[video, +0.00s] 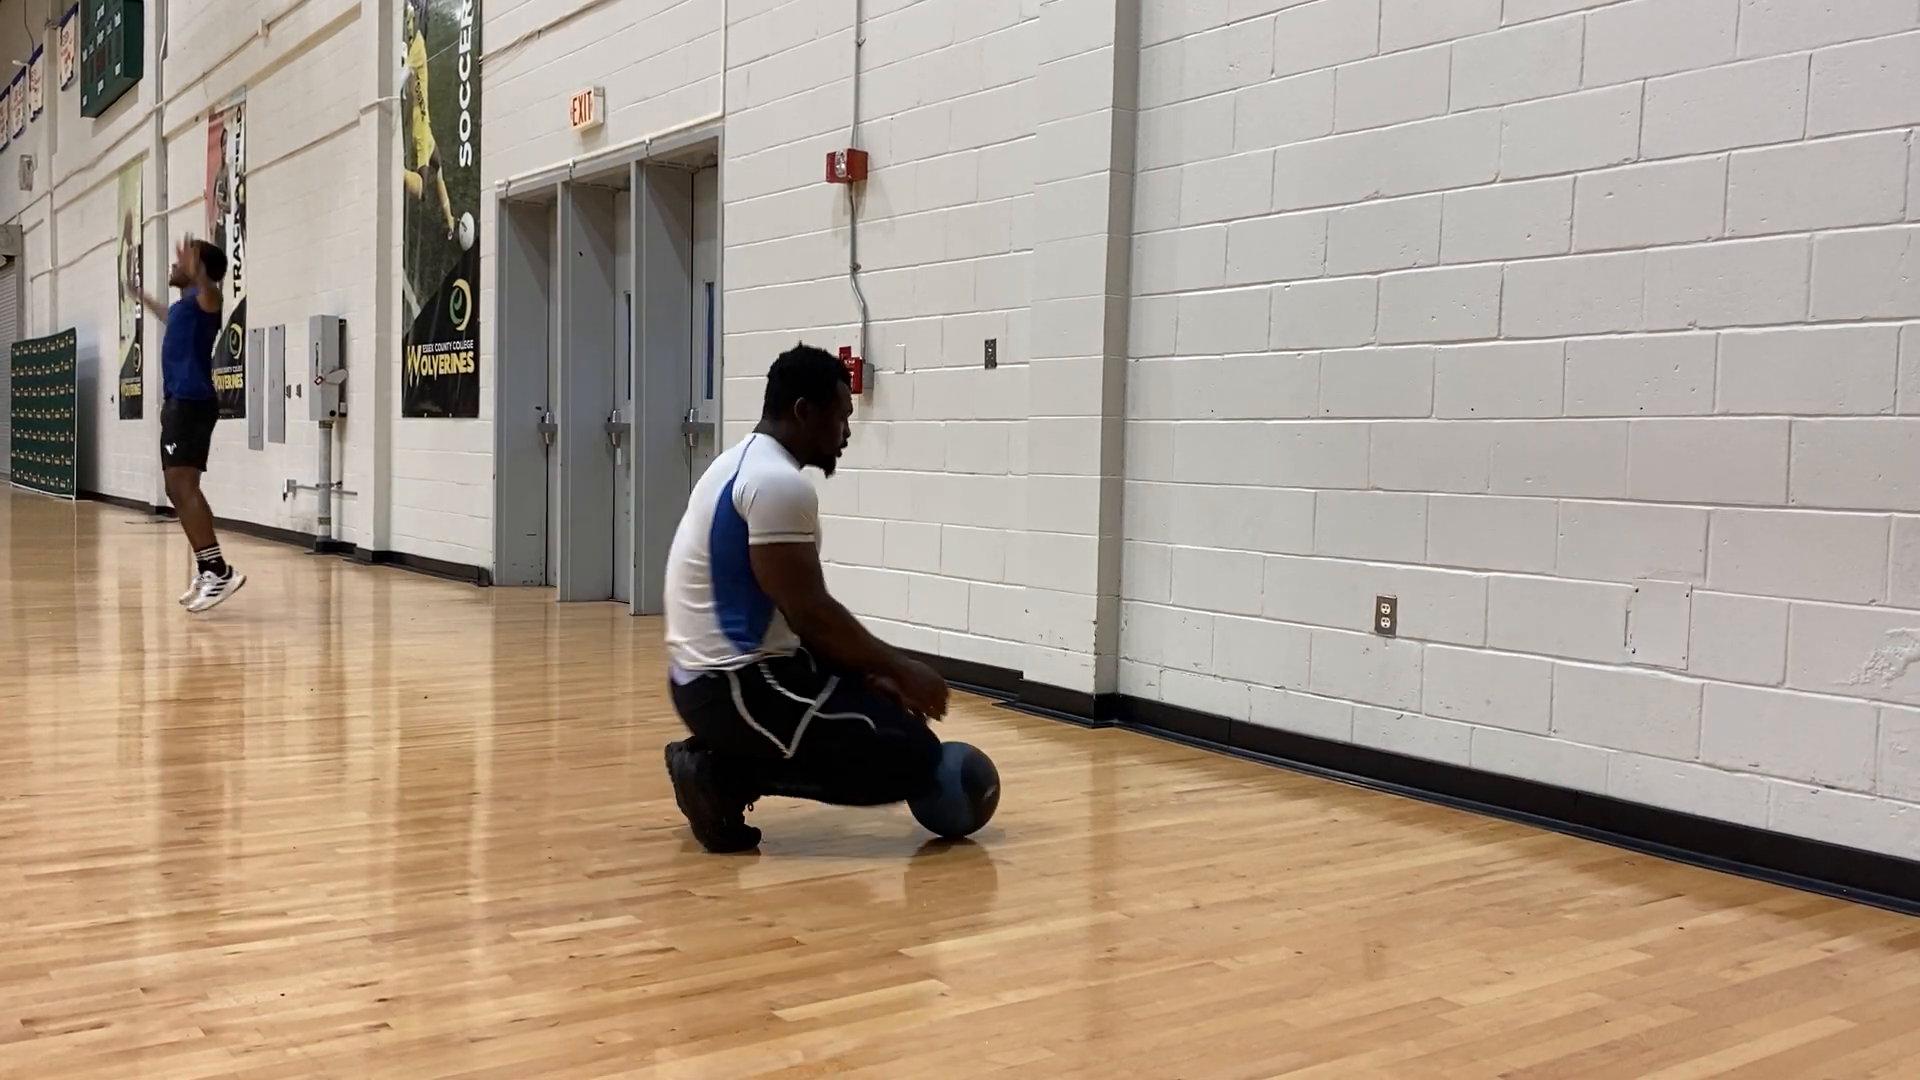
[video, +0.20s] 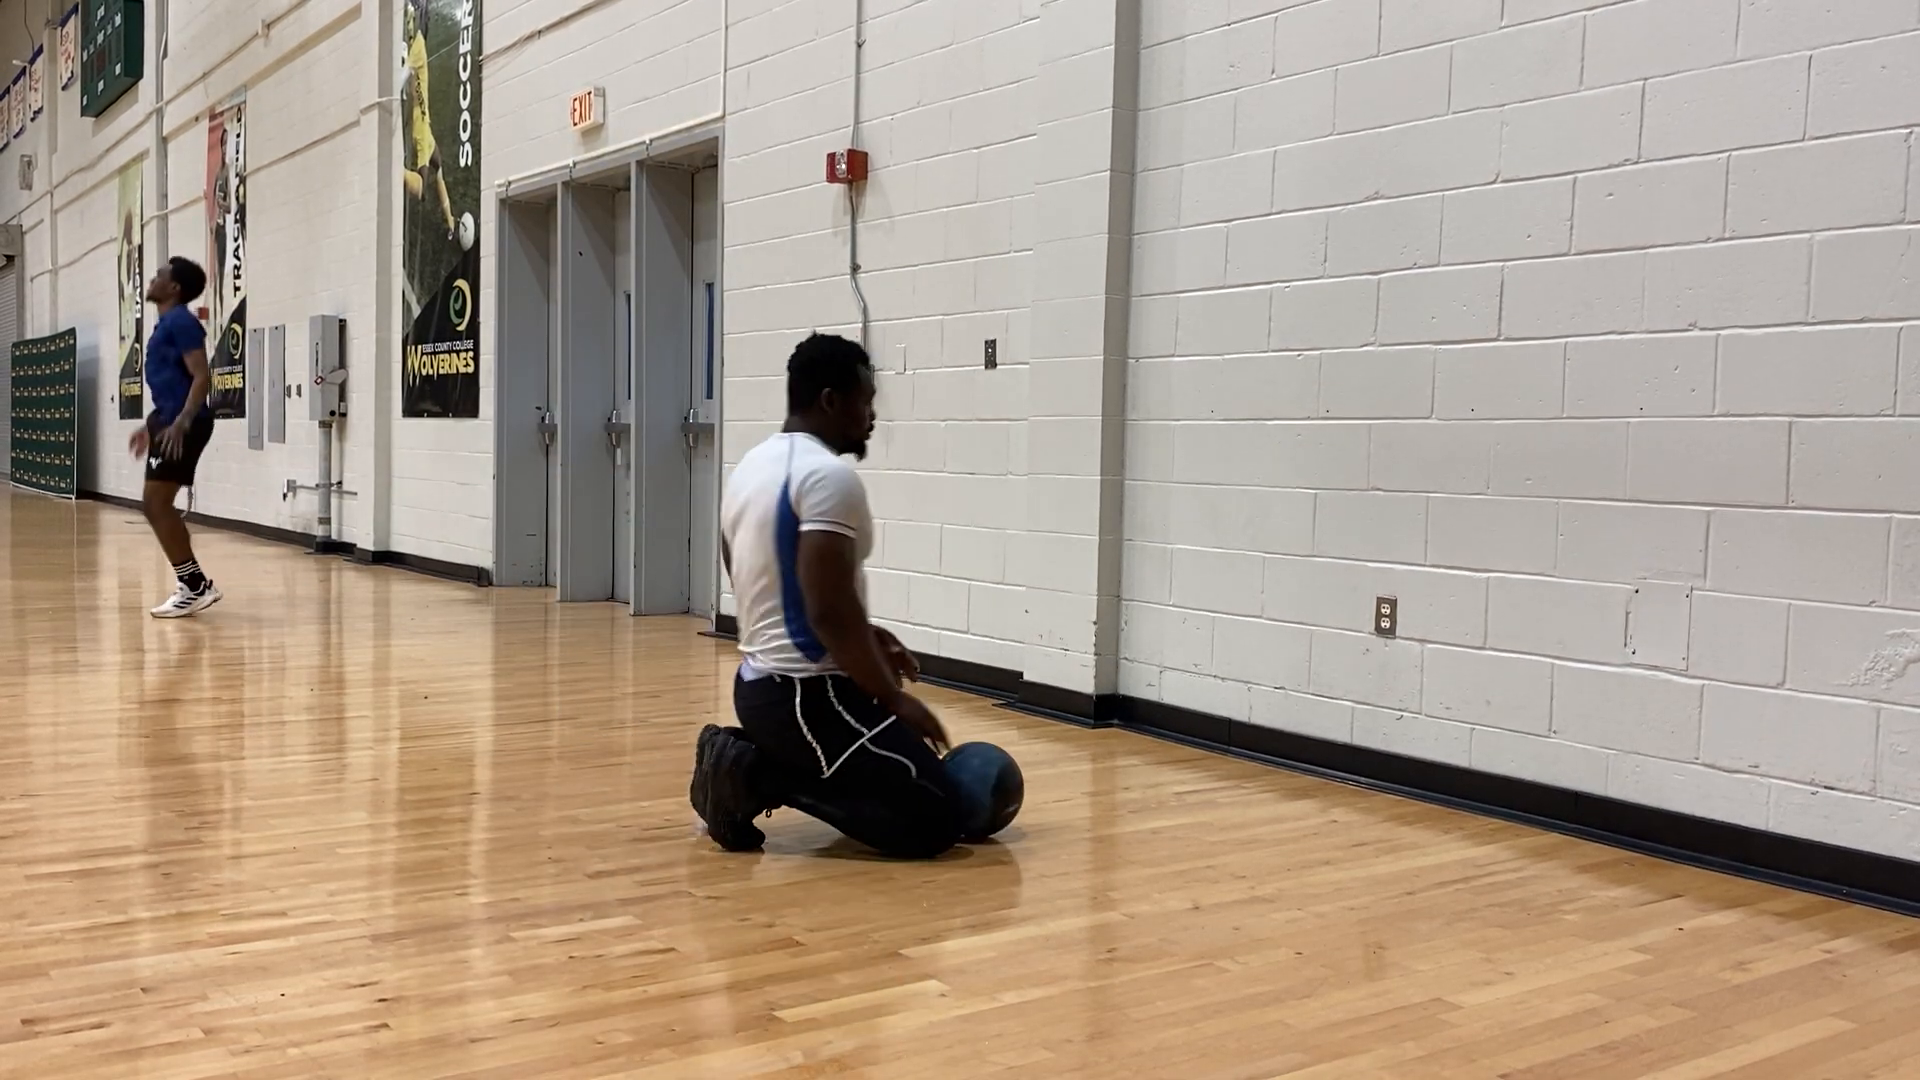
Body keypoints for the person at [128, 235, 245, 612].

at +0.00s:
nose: (173, 265)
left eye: (181, 261)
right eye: (177, 260)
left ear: (198, 271)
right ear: (186, 270)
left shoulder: (206, 301)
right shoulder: (183, 306)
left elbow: (207, 294)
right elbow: (167, 314)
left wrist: (196, 269)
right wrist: (142, 296)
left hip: (193, 403)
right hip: (179, 403)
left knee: (183, 488)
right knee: (177, 489)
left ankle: (219, 572)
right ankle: (206, 571)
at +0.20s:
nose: (153, 278)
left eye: (160, 275)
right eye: (157, 273)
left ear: (174, 287)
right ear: (172, 289)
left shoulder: (181, 322)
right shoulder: (166, 324)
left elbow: (202, 378)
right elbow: (170, 389)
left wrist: (181, 423)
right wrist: (149, 425)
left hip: (186, 421)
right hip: (171, 420)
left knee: (156, 502)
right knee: (156, 503)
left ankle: (194, 585)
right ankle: (194, 583)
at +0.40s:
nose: (147, 267)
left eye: (154, 264)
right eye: (151, 262)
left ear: (169, 275)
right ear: (166, 275)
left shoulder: (174, 308)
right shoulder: (157, 313)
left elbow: (179, 357)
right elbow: (151, 368)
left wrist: (135, 379)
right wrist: (118, 389)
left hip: (163, 413)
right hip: (149, 413)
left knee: (151, 496)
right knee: (148, 497)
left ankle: (185, 582)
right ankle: (186, 579)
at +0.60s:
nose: (130, 268)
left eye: (138, 264)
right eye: (131, 264)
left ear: (157, 275)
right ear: (140, 271)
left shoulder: (156, 303)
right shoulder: (139, 303)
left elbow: (147, 269)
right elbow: (128, 268)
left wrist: (124, 236)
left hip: (153, 408)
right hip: (139, 408)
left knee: (141, 493)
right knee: (136, 492)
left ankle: (164, 580)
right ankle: (164, 576)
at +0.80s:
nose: (119, 274)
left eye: (128, 271)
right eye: (120, 271)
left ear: (142, 285)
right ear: (133, 286)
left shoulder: (141, 313)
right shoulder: (125, 314)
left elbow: (134, 263)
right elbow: (114, 273)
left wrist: (123, 213)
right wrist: (103, 230)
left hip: (137, 423)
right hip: (125, 423)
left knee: (118, 507)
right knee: (114, 508)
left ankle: (163, 583)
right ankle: (161, 581)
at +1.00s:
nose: (98, 254)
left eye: (106, 250)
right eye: (102, 249)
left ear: (121, 262)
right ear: (117, 262)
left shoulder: (124, 291)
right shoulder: (109, 296)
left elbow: (135, 322)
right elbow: (101, 336)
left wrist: (102, 320)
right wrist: (65, 328)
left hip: (116, 397)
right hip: (103, 397)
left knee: (101, 486)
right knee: (96, 488)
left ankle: (126, 577)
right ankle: (128, 572)